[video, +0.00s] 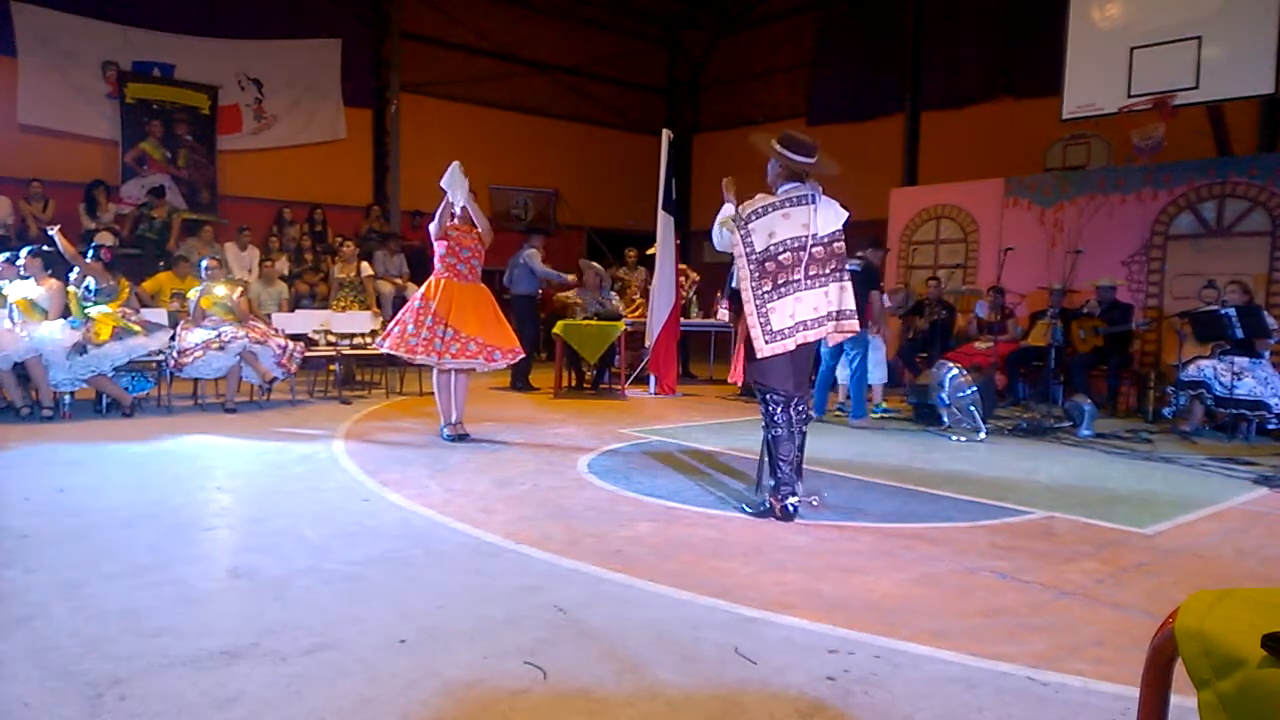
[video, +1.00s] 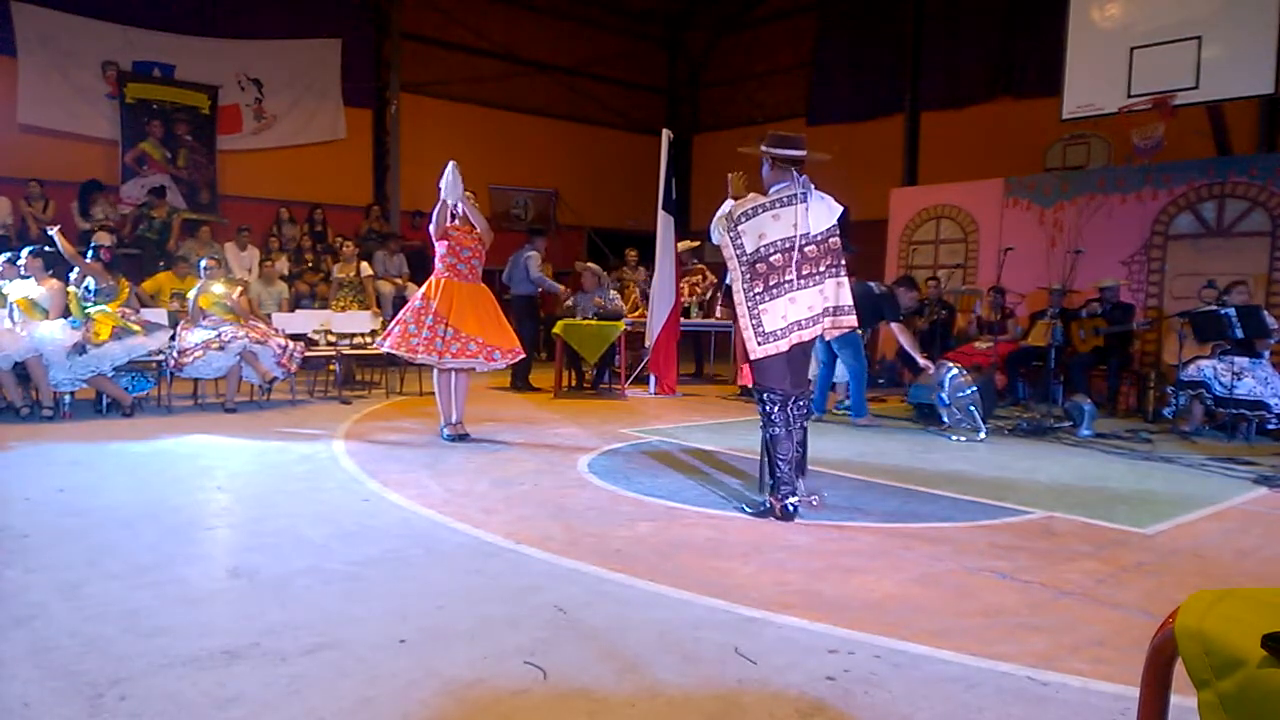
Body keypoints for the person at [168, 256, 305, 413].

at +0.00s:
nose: (210, 273)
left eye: (214, 269)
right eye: (206, 269)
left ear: (223, 270)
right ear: (201, 273)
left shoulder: (236, 289)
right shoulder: (197, 293)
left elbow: (245, 317)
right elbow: (196, 321)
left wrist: (233, 303)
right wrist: (201, 299)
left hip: (233, 328)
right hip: (207, 330)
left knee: (236, 357)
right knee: (238, 342)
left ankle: (230, 400)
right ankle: (264, 374)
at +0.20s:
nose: (209, 273)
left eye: (213, 269)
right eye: (205, 269)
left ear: (222, 270)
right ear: (201, 272)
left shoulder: (235, 289)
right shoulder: (196, 293)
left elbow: (244, 317)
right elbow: (197, 321)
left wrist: (233, 303)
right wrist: (200, 297)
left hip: (233, 328)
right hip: (207, 330)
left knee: (236, 358)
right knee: (238, 342)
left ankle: (229, 401)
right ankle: (264, 375)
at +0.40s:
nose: (209, 273)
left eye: (213, 269)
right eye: (205, 269)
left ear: (222, 270)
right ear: (201, 272)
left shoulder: (235, 289)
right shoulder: (196, 293)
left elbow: (245, 317)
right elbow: (197, 321)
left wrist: (233, 304)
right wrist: (199, 298)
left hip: (234, 328)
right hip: (208, 330)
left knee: (236, 358)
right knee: (239, 342)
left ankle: (230, 401)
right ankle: (265, 375)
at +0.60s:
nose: (209, 273)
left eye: (213, 269)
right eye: (205, 269)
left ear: (222, 270)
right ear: (201, 272)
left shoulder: (235, 289)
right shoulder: (196, 293)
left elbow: (245, 316)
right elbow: (196, 321)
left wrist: (233, 304)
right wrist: (199, 297)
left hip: (234, 328)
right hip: (208, 330)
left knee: (236, 358)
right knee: (239, 341)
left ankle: (229, 401)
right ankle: (265, 375)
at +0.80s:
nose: (208, 273)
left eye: (212, 269)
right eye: (205, 269)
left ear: (222, 270)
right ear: (201, 272)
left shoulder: (235, 289)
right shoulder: (196, 293)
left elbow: (246, 316)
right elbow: (196, 321)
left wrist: (233, 304)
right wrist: (197, 295)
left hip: (233, 327)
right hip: (208, 329)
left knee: (236, 358)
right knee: (239, 342)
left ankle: (229, 400)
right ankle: (265, 375)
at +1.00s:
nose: (208, 273)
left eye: (212, 269)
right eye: (204, 269)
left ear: (221, 270)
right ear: (200, 272)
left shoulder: (235, 289)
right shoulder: (196, 293)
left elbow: (246, 314)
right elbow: (194, 320)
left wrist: (233, 303)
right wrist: (197, 295)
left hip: (233, 327)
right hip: (208, 329)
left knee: (236, 358)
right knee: (239, 342)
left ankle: (229, 401)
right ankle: (264, 375)